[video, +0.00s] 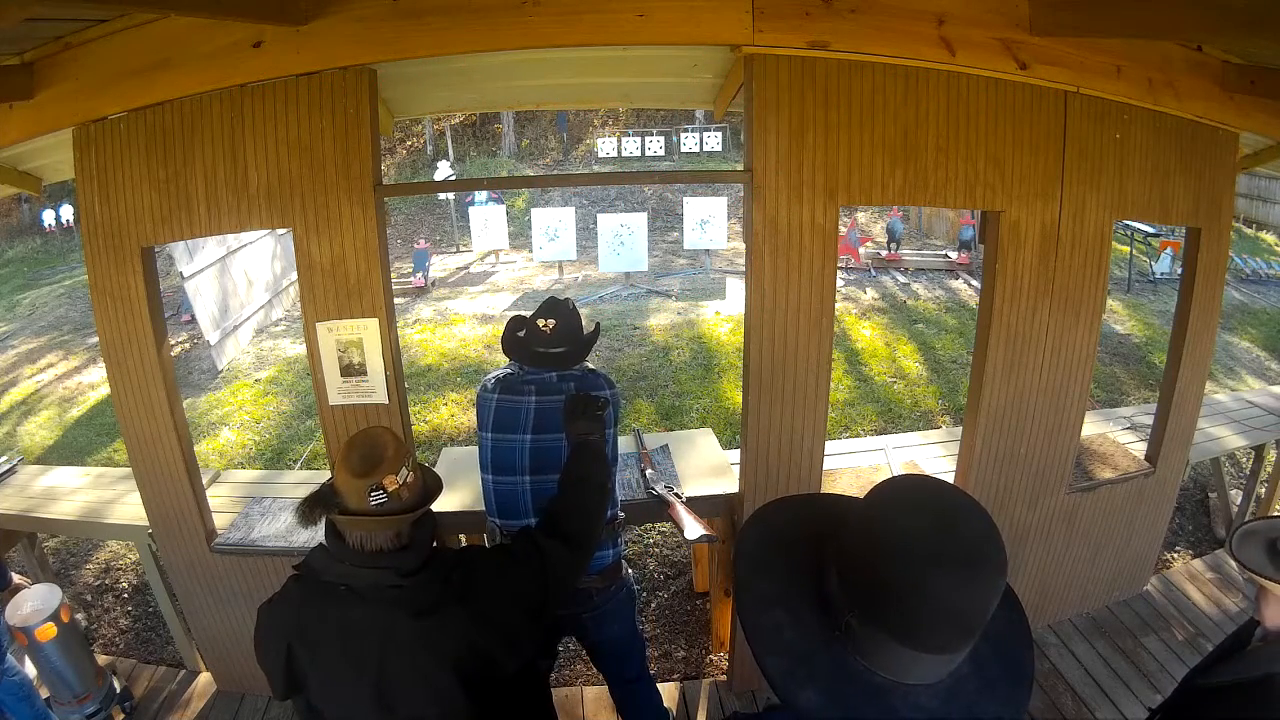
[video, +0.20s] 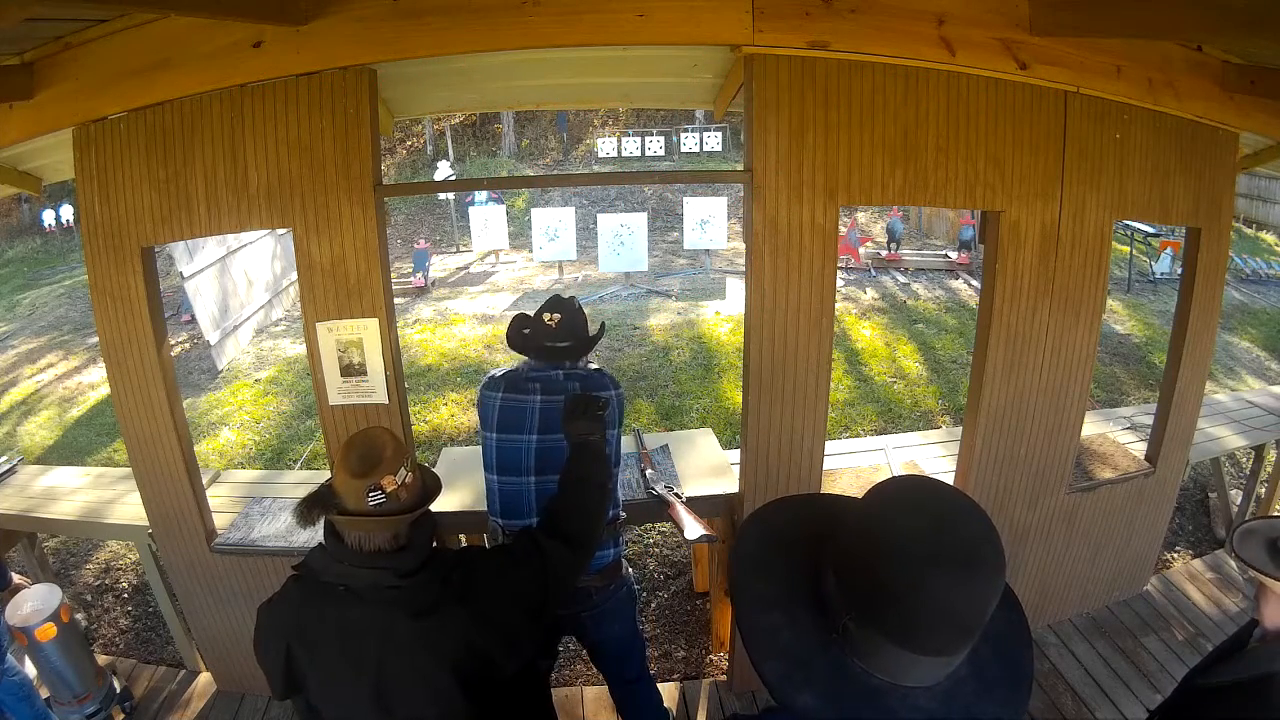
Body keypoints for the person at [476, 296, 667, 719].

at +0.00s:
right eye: (582, 340)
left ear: (524, 343)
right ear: (578, 347)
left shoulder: (489, 391)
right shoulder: (598, 388)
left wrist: (535, 348)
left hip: (515, 582)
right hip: (594, 578)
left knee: (527, 690)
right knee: (633, 686)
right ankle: (653, 716)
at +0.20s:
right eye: (585, 339)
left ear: (529, 341)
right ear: (583, 345)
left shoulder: (491, 390)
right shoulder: (605, 389)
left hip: (517, 582)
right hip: (596, 576)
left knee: (528, 692)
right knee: (634, 687)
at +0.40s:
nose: (594, 360)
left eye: (593, 353)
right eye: (593, 352)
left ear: (541, 348)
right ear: (586, 352)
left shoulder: (488, 396)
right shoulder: (613, 393)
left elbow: (445, 463)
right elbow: (673, 429)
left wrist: (494, 502)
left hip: (519, 577)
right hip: (600, 572)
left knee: (529, 689)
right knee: (634, 683)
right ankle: (652, 717)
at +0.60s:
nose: (604, 370)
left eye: (604, 362)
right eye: (603, 362)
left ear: (550, 351)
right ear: (593, 358)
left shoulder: (492, 391)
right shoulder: (617, 395)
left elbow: (451, 449)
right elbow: (687, 448)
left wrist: (490, 499)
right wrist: (644, 450)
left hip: (519, 576)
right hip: (600, 567)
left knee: (528, 691)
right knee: (633, 681)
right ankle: (652, 719)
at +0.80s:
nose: (607, 366)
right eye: (605, 358)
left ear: (550, 353)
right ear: (597, 358)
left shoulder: (497, 389)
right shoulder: (625, 395)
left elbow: (444, 433)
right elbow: (688, 442)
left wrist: (487, 486)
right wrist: (640, 464)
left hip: (520, 578)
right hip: (603, 571)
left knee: (527, 694)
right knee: (634, 684)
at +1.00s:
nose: (596, 360)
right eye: (595, 352)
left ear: (538, 348)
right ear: (590, 354)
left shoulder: (489, 391)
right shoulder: (620, 393)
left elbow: (425, 433)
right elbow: (670, 456)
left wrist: (478, 467)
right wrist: (629, 495)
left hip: (524, 579)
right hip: (604, 573)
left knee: (528, 694)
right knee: (634, 685)